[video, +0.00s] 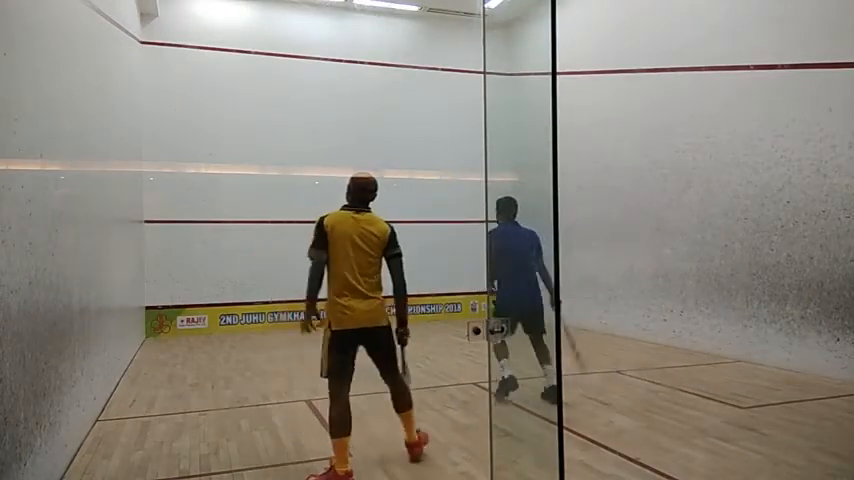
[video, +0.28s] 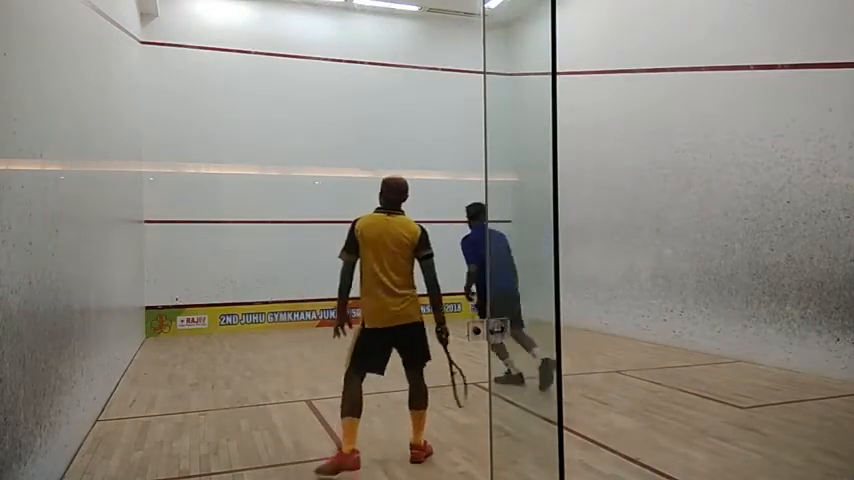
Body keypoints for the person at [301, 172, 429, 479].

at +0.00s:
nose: (349, 191)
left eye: (350, 188)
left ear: (348, 193)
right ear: (374, 197)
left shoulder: (327, 223)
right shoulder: (384, 229)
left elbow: (316, 267)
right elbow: (399, 280)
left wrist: (309, 308)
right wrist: (402, 324)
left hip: (341, 324)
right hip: (376, 321)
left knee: (339, 394)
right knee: (394, 377)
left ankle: (341, 466)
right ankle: (412, 441)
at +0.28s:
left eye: (384, 191)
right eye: (401, 194)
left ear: (380, 195)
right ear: (405, 200)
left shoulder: (360, 226)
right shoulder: (415, 231)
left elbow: (347, 271)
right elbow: (431, 281)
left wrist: (341, 310)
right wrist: (441, 322)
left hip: (373, 323)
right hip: (409, 321)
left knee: (353, 377)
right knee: (416, 378)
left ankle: (348, 451)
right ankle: (417, 445)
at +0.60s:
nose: (394, 197)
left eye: (393, 193)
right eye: (407, 193)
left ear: (391, 196)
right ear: (415, 198)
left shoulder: (375, 226)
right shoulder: (427, 229)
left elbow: (362, 266)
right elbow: (445, 270)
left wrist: (359, 300)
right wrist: (449, 309)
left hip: (384, 314)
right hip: (416, 314)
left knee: (378, 370)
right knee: (419, 376)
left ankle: (378, 432)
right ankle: (417, 444)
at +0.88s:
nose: (387, 197)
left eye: (389, 193)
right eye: (390, 192)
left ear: (389, 199)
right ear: (409, 201)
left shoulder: (372, 230)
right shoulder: (422, 228)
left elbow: (363, 271)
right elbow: (442, 266)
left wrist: (376, 286)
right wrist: (432, 293)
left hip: (386, 313)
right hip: (417, 311)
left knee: (385, 366)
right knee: (428, 365)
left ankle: (385, 424)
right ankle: (420, 421)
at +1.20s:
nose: (396, 196)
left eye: (400, 193)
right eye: (398, 192)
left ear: (401, 200)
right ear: (416, 201)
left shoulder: (379, 230)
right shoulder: (425, 227)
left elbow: (373, 267)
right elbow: (447, 261)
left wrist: (393, 263)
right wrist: (435, 284)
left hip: (396, 308)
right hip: (425, 305)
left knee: (390, 362)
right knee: (447, 349)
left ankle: (386, 423)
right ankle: (446, 411)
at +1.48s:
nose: (443, 207)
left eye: (434, 201)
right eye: (446, 203)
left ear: (428, 202)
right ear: (448, 205)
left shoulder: (412, 232)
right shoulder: (453, 231)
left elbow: (405, 267)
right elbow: (471, 266)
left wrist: (425, 255)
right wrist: (461, 283)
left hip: (421, 309)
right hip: (449, 309)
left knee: (408, 355)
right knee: (460, 355)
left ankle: (391, 410)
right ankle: (465, 409)